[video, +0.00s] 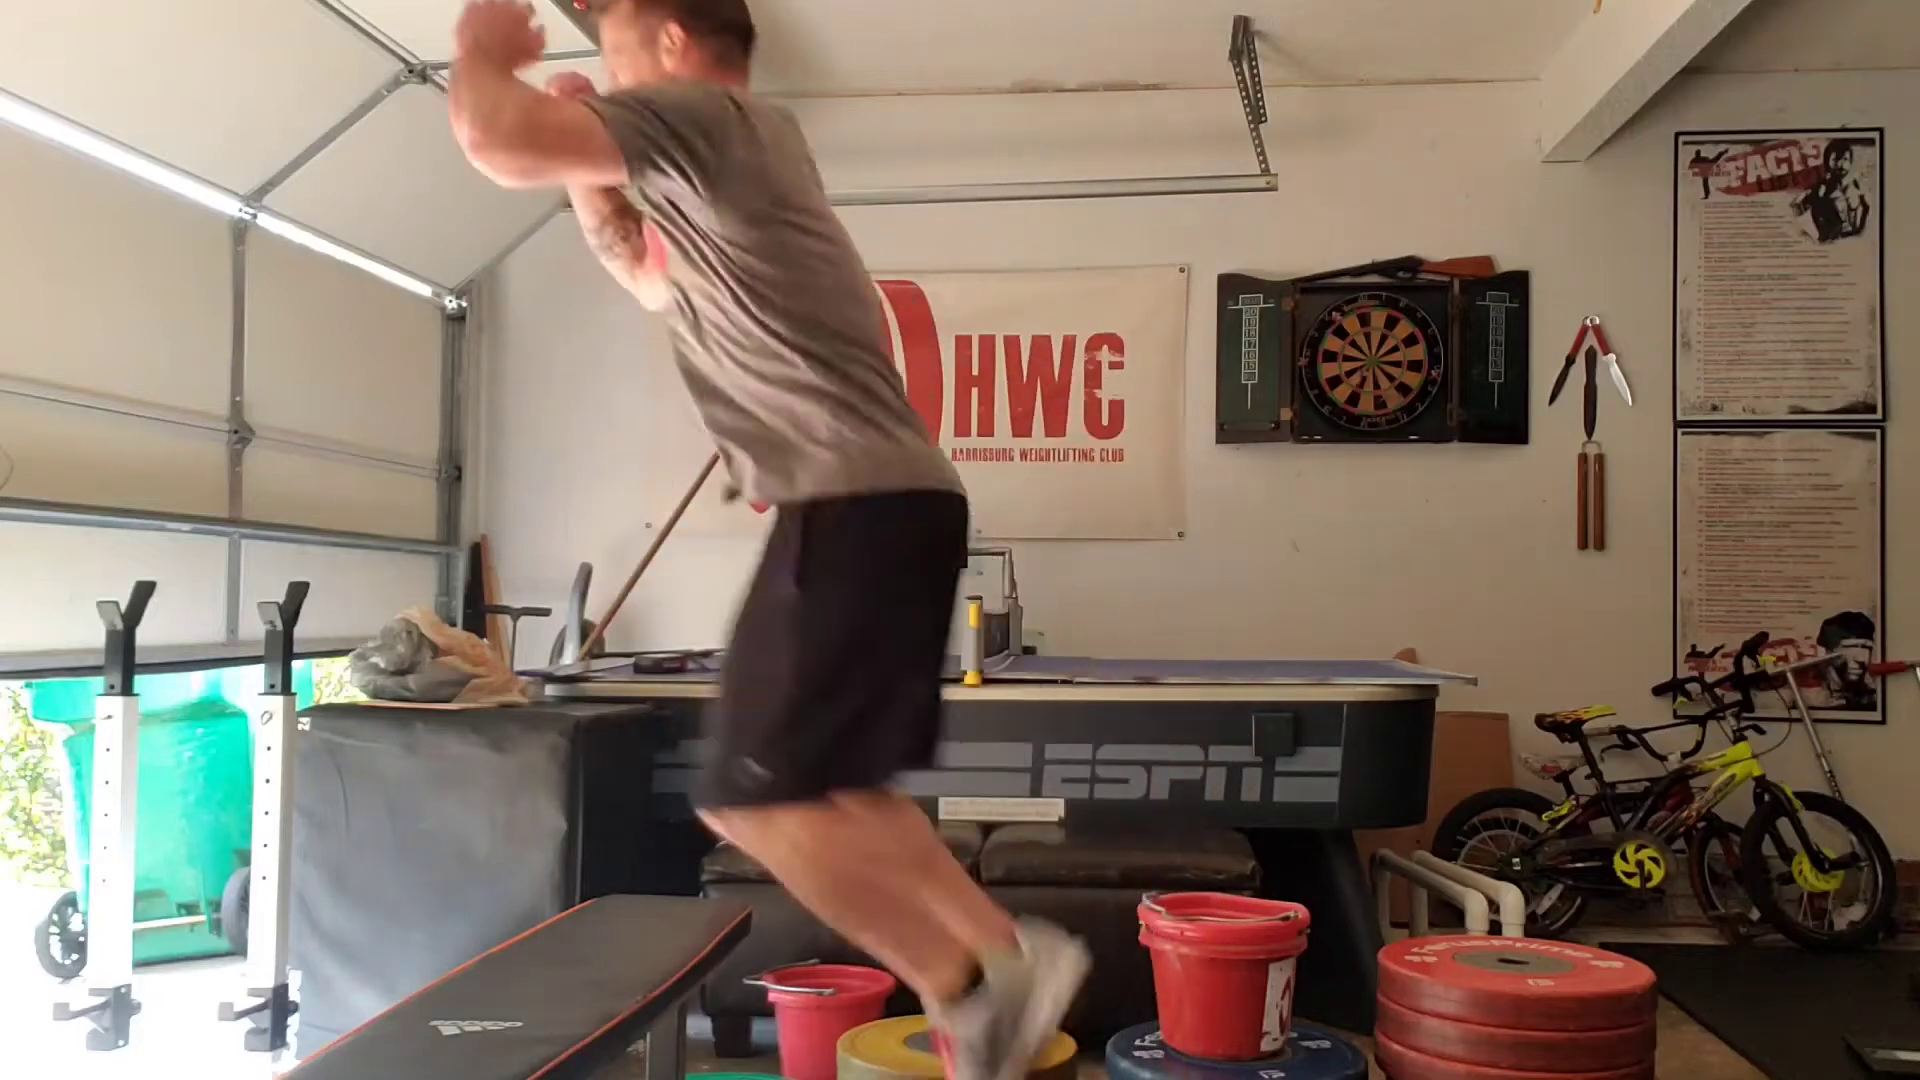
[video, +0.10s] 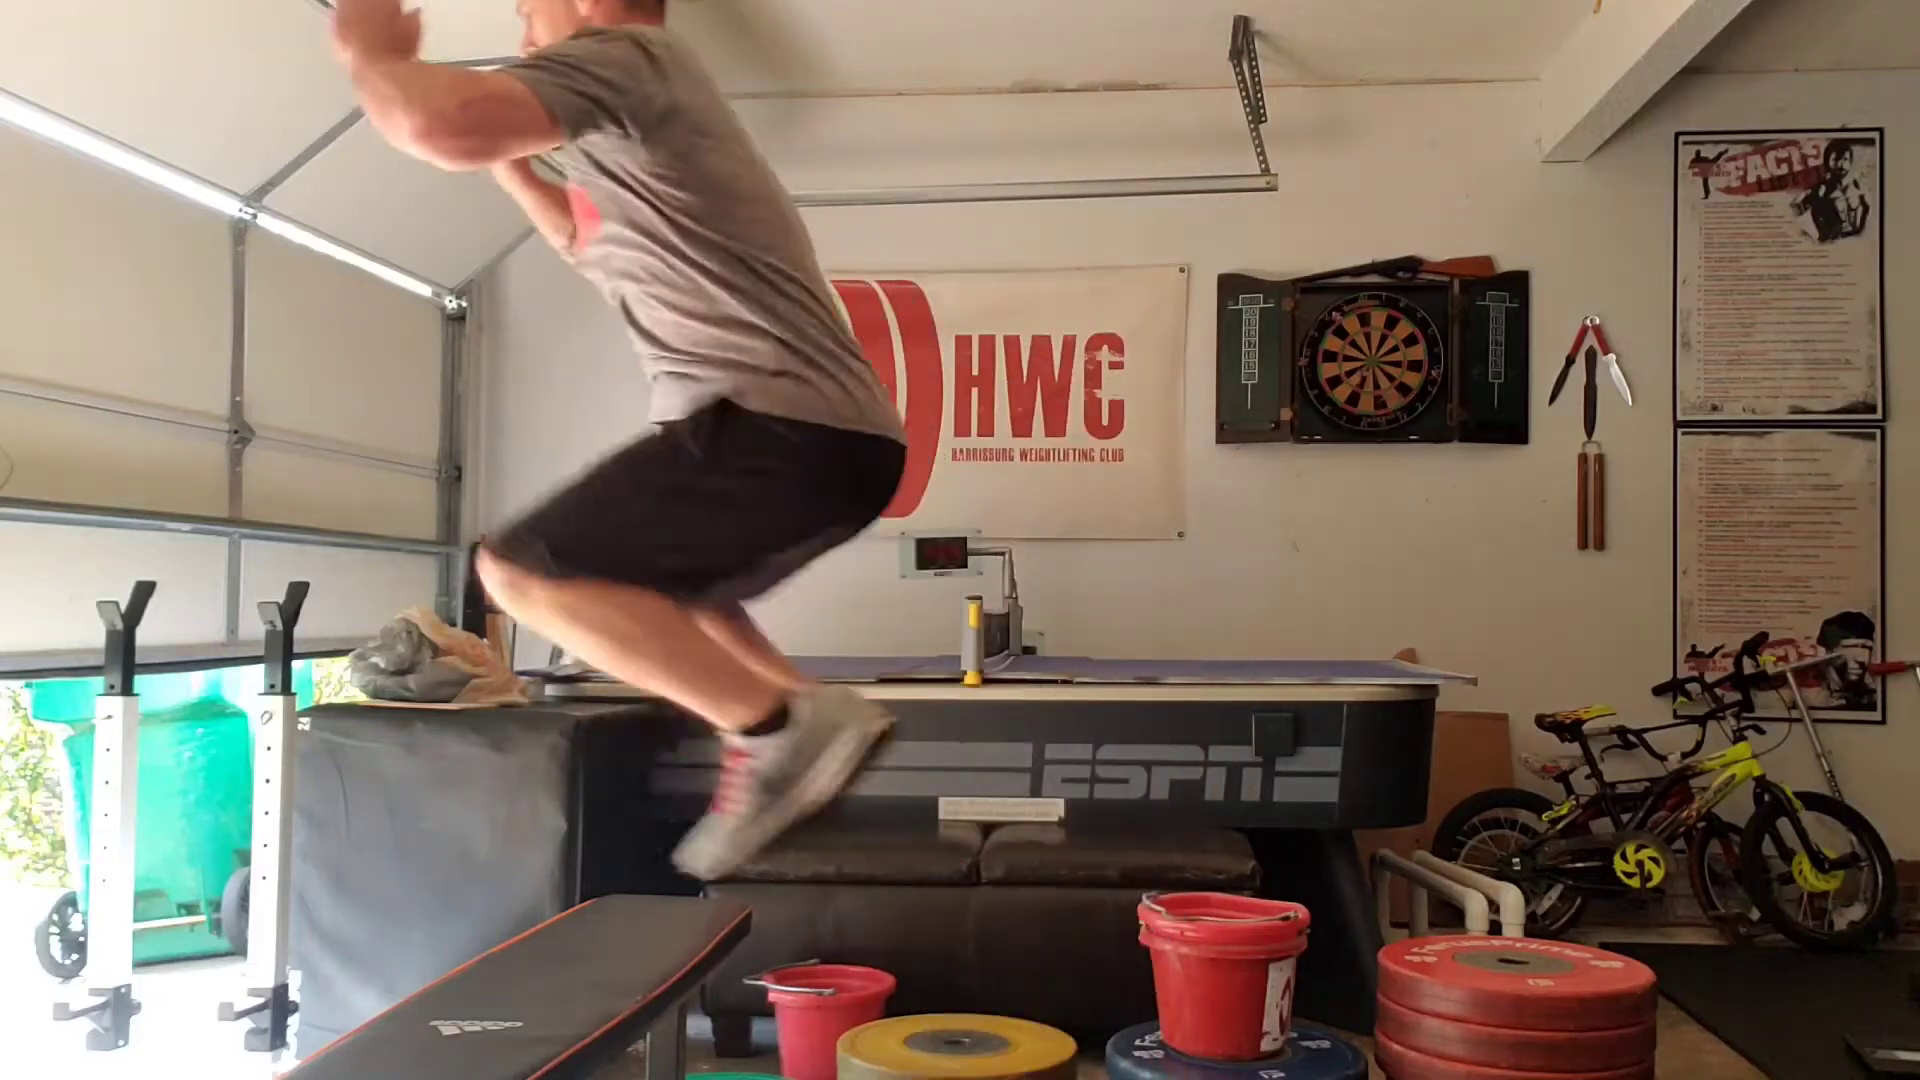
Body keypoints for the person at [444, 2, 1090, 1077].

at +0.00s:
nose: (603, 68)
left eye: (612, 39)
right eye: (602, 45)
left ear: (673, 38)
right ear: (708, 41)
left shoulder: (706, 116)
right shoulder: (739, 141)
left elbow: (494, 130)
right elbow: (646, 267)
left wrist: (485, 30)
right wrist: (578, 146)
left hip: (849, 502)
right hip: (893, 498)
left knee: (745, 789)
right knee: (838, 776)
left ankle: (962, 991)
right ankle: (1009, 955)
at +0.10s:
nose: (525, 42)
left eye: (531, 23)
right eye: (525, 30)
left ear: (582, 8)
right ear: (630, 13)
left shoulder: (629, 60)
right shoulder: (654, 100)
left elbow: (439, 124)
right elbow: (585, 239)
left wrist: (374, 55)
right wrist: (506, 155)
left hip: (783, 418)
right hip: (846, 435)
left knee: (520, 565)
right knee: (656, 584)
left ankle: (769, 728)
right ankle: (806, 714)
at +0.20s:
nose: (435, 36)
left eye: (443, 17)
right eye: (436, 26)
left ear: (494, 5)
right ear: (552, 10)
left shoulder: (528, 54)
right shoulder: (598, 81)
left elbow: (354, 139)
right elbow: (592, 258)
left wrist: (236, 106)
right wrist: (469, 229)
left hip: (703, 388)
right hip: (774, 414)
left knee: (415, 500)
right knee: (541, 540)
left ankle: (455, 801)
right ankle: (521, 782)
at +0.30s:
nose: (363, 26)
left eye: (371, 11)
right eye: (362, 17)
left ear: (422, 5)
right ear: (483, 9)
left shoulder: (468, 63)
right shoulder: (548, 102)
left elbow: (319, 109)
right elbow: (559, 239)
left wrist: (171, 126)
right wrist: (440, 245)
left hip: (566, 441)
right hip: (647, 461)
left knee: (309, 656)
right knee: (438, 677)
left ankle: (275, 979)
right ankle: (388, 950)